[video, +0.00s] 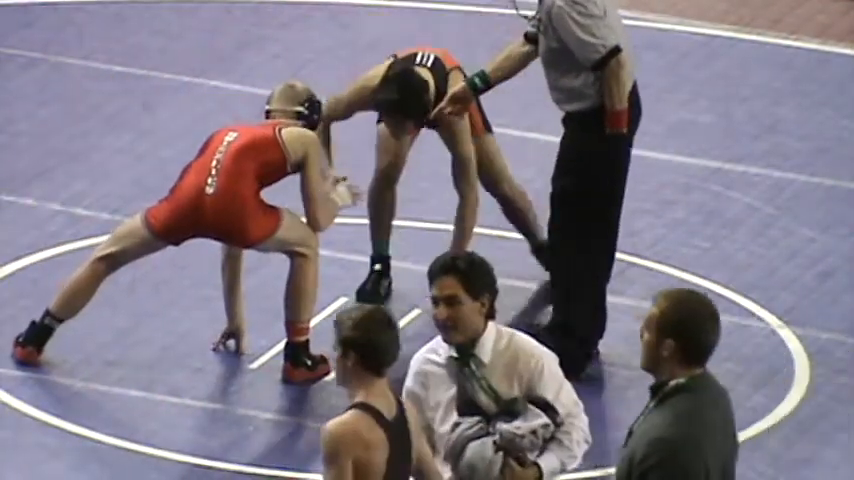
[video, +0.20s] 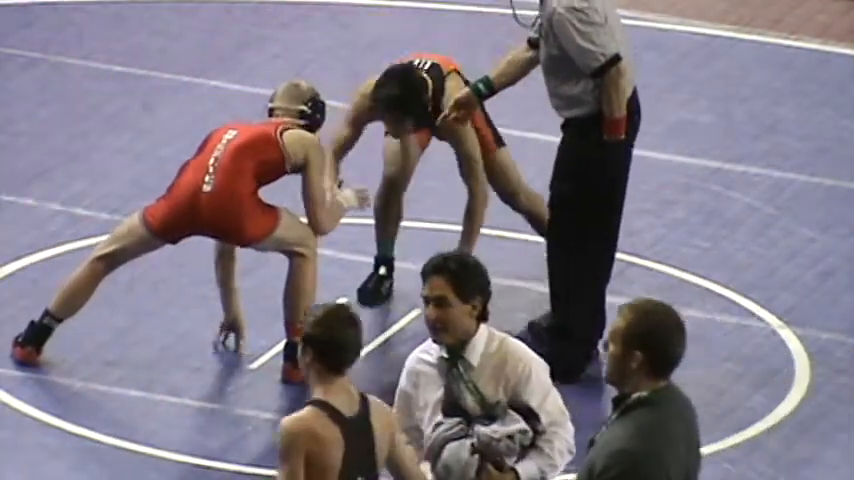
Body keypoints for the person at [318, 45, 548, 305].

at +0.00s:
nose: (393, 128)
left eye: (401, 121)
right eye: (390, 119)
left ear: (422, 110)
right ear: (383, 101)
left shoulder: (451, 105)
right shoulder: (370, 90)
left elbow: (468, 192)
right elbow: (322, 115)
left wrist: (456, 260)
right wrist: (326, 171)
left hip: (452, 88)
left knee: (500, 183)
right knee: (385, 175)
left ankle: (542, 248)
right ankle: (379, 268)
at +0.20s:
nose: (389, 130)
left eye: (397, 123)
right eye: (385, 121)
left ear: (420, 110)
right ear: (379, 107)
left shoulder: (452, 110)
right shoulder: (367, 101)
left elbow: (479, 193)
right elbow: (334, 153)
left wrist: (461, 261)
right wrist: (330, 192)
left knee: (516, 196)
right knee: (392, 182)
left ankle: (579, 250)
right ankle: (382, 269)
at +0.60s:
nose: (376, 135)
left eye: (382, 127)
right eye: (372, 126)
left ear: (403, 115)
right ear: (365, 117)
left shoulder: (448, 100)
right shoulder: (362, 120)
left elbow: (496, 133)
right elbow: (341, 181)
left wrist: (472, 195)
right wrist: (341, 237)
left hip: (464, 118)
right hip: (417, 127)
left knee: (529, 196)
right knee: (391, 184)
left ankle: (574, 253)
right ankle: (383, 271)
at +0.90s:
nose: (371, 120)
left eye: (377, 114)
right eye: (368, 112)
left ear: (401, 105)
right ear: (362, 103)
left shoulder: (448, 96)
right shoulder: (364, 106)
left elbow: (478, 157)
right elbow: (352, 163)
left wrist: (432, 164)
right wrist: (340, 212)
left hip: (473, 108)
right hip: (423, 117)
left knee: (532, 195)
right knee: (395, 184)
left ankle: (588, 256)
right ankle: (383, 267)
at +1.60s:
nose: (364, 124)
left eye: (369, 116)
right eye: (361, 116)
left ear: (394, 107)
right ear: (360, 107)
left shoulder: (445, 102)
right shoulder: (368, 115)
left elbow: (494, 154)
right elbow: (359, 170)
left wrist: (445, 179)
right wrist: (347, 222)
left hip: (476, 120)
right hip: (427, 132)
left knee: (541, 213)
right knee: (396, 193)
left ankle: (583, 268)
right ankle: (384, 272)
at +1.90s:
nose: (370, 100)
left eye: (377, 95)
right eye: (369, 93)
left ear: (401, 95)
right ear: (371, 89)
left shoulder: (435, 109)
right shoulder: (371, 104)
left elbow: (395, 178)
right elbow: (339, 149)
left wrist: (338, 162)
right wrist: (315, 148)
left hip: (485, 153)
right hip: (441, 150)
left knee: (531, 248)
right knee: (390, 197)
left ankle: (590, 258)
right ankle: (390, 273)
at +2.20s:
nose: (291, 146)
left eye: (297, 137)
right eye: (288, 137)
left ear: (323, 133)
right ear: (302, 138)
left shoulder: (378, 154)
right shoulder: (316, 170)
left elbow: (434, 203)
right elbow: (301, 233)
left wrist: (391, 250)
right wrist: (289, 285)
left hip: (442, 190)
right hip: (397, 197)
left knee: (507, 292)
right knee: (358, 271)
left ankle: (561, 267)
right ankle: (392, 278)